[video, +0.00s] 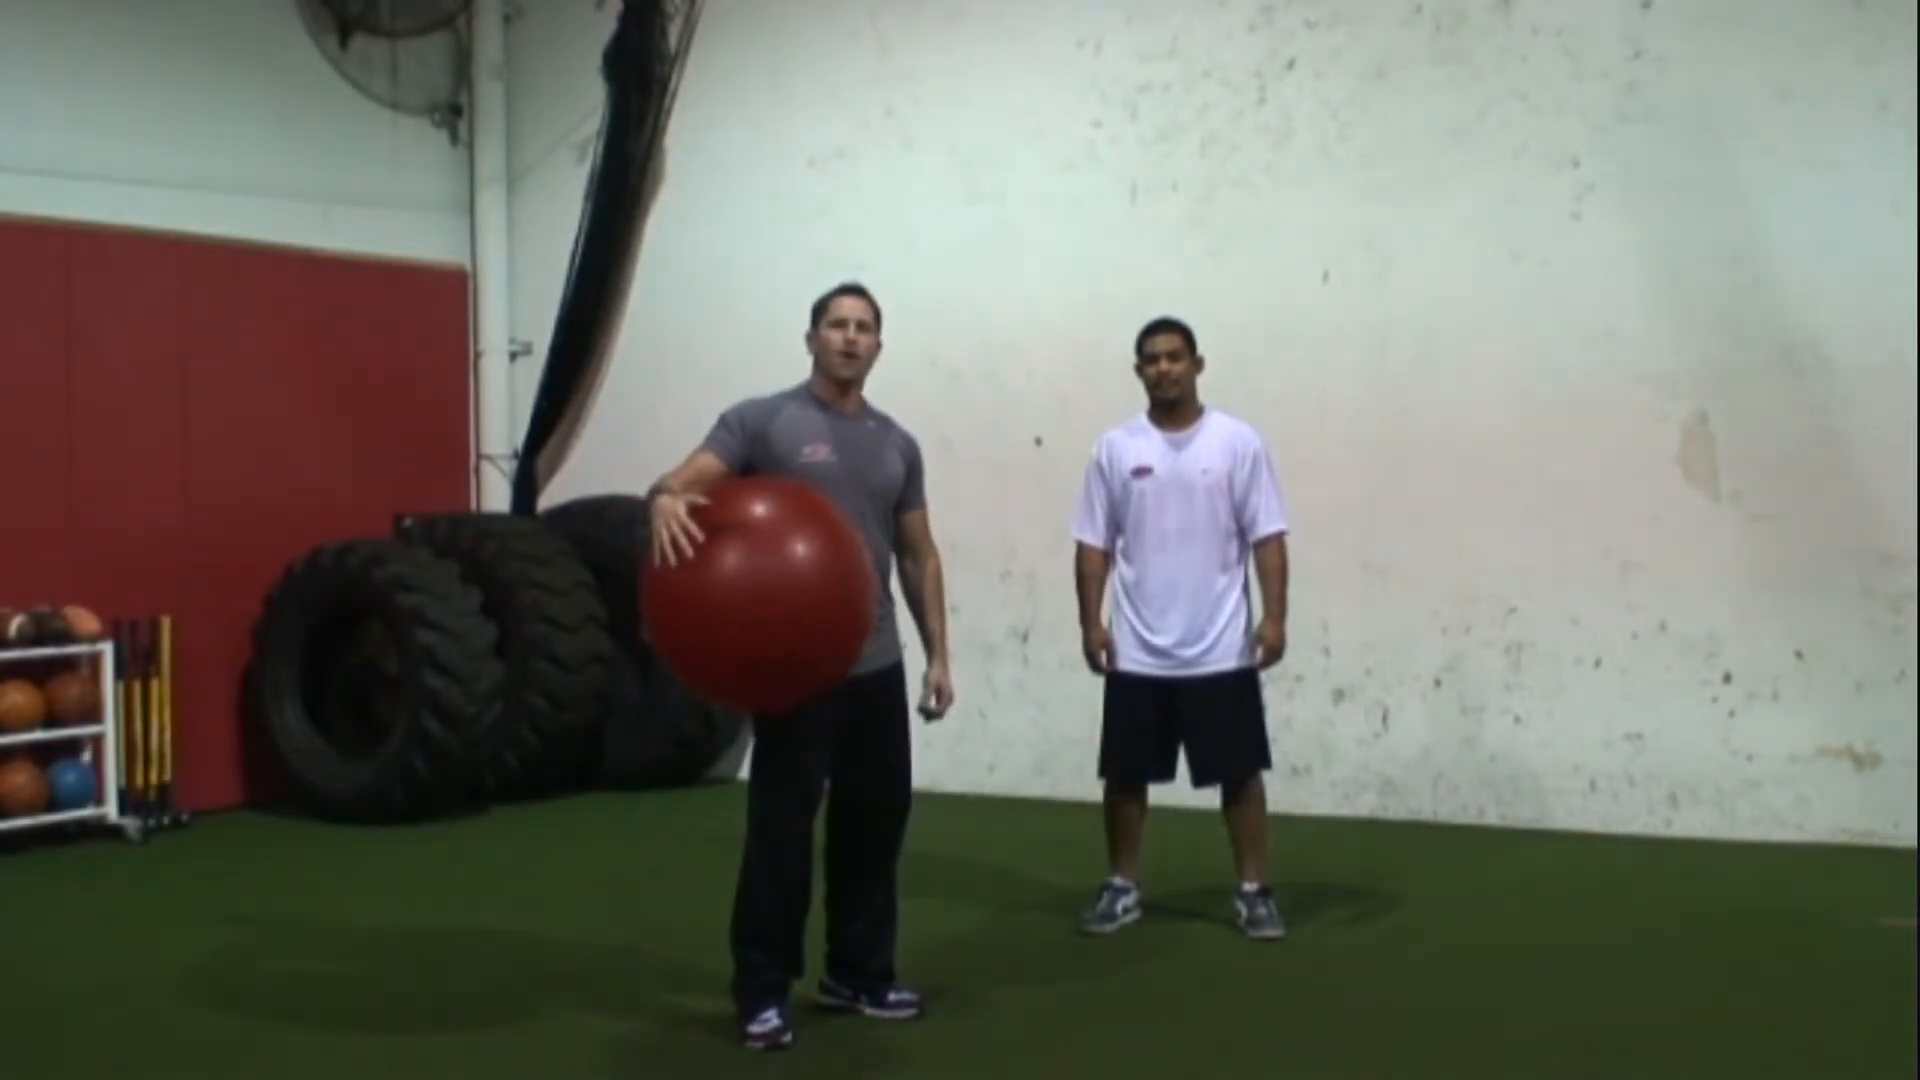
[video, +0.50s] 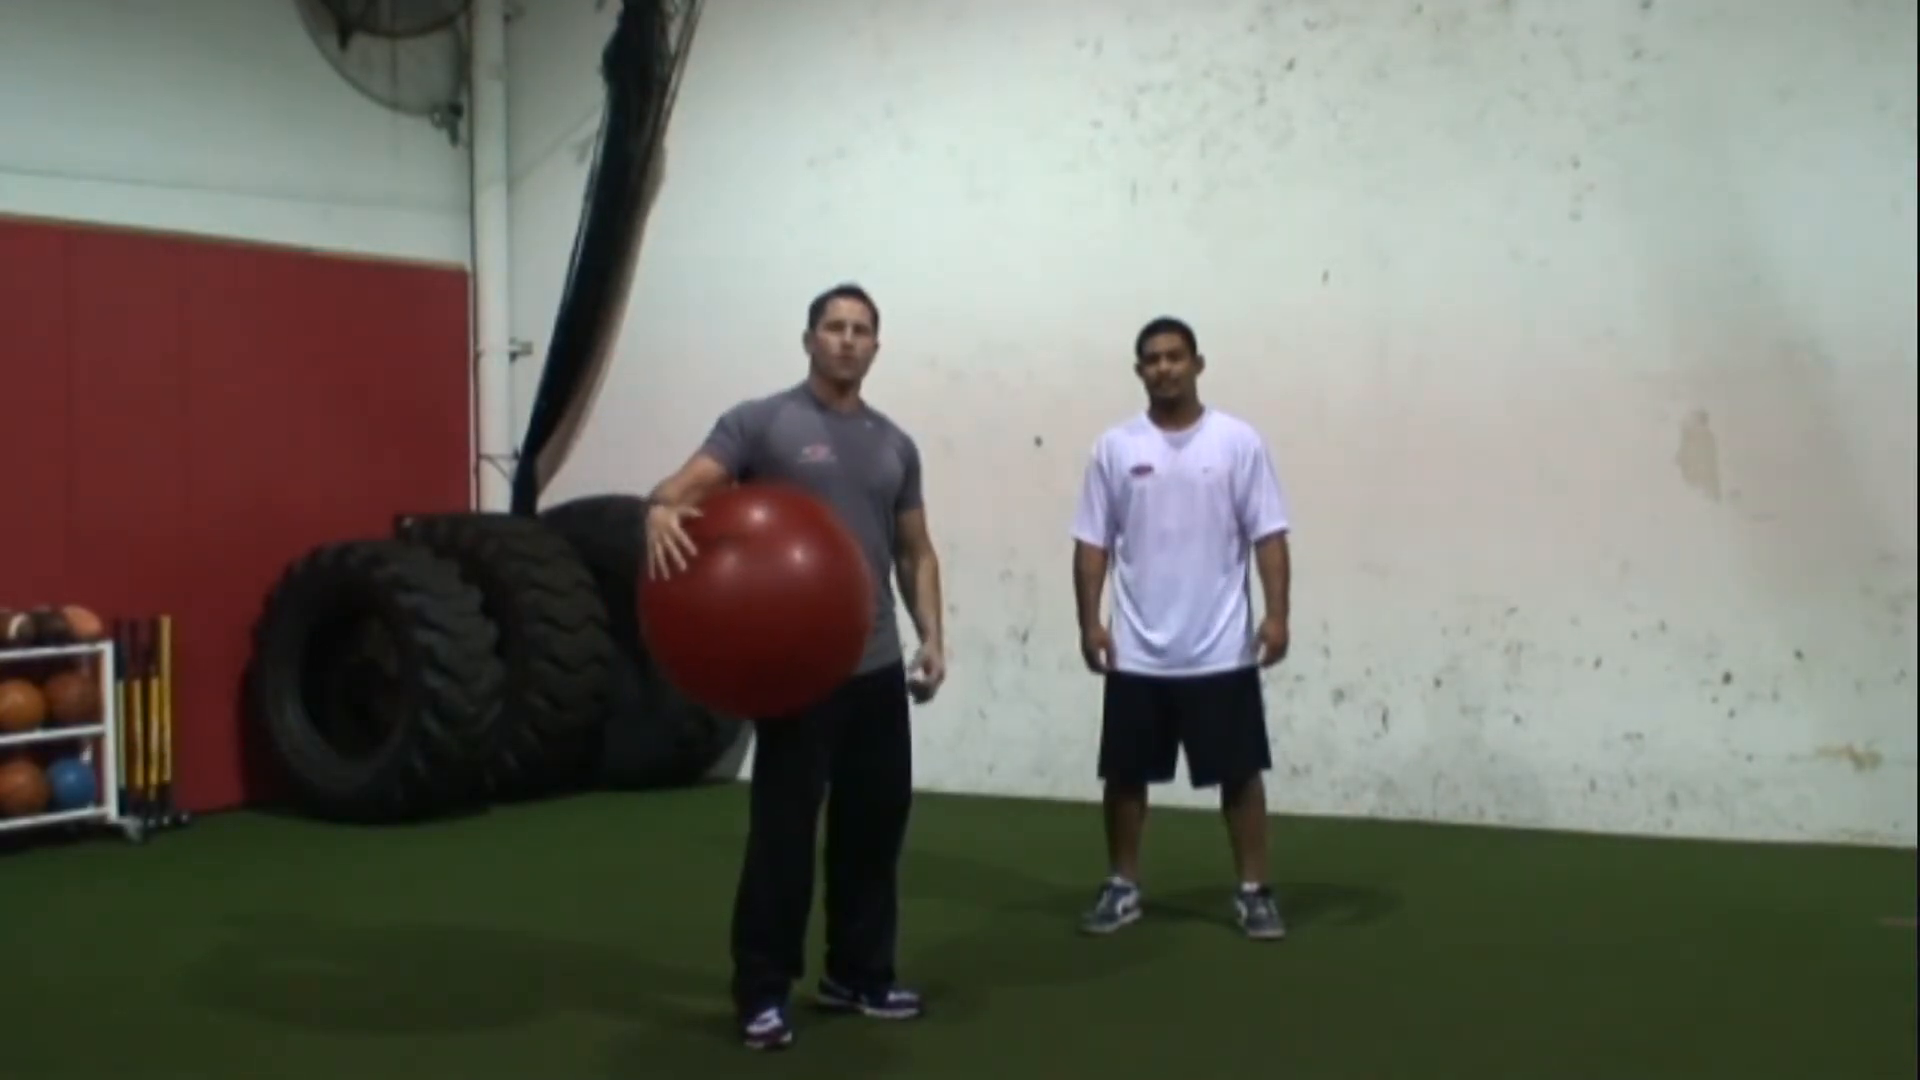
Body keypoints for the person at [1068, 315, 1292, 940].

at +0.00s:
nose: (1163, 368)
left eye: (1174, 357)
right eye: (1152, 360)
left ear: (1197, 365)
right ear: (1138, 372)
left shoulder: (1239, 443)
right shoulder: (1116, 449)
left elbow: (1268, 535)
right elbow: (1094, 541)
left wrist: (1274, 616)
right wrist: (1091, 622)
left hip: (1220, 645)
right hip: (1138, 646)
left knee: (1242, 776)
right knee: (1123, 777)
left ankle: (1254, 889)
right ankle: (1122, 883)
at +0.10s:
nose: (1163, 369)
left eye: (1174, 358)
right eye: (1152, 361)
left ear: (1197, 365)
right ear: (1138, 372)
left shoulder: (1238, 443)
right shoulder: (1116, 449)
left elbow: (1268, 534)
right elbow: (1093, 540)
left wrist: (1276, 615)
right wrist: (1091, 622)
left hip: (1220, 645)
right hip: (1138, 646)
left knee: (1241, 776)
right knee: (1123, 777)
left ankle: (1254, 889)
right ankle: (1122, 883)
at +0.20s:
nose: (1163, 368)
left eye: (1174, 357)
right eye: (1152, 360)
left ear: (1197, 364)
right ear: (1138, 372)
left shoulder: (1238, 442)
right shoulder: (1116, 448)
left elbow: (1269, 534)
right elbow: (1093, 540)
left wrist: (1277, 614)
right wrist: (1091, 622)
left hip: (1220, 644)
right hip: (1138, 645)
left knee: (1241, 776)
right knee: (1123, 777)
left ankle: (1254, 889)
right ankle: (1122, 884)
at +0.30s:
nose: (1163, 367)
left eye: (1174, 357)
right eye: (1152, 360)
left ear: (1198, 365)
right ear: (1138, 372)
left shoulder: (1239, 442)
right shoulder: (1116, 448)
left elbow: (1269, 534)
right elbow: (1093, 540)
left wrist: (1277, 615)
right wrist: (1091, 622)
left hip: (1220, 644)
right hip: (1138, 645)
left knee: (1241, 776)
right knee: (1123, 777)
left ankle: (1254, 889)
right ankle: (1122, 884)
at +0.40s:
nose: (1163, 367)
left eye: (1174, 357)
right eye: (1152, 360)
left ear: (1197, 364)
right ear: (1138, 372)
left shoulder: (1239, 442)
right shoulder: (1116, 448)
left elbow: (1269, 533)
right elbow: (1093, 540)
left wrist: (1277, 614)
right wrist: (1090, 621)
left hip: (1220, 644)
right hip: (1138, 645)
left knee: (1241, 776)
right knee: (1123, 777)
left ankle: (1254, 889)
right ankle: (1122, 884)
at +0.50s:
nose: (1163, 367)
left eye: (1174, 357)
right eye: (1152, 359)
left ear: (1198, 365)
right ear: (1139, 372)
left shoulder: (1239, 442)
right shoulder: (1116, 448)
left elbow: (1269, 533)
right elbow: (1092, 540)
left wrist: (1277, 613)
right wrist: (1090, 621)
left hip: (1220, 644)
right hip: (1138, 645)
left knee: (1242, 776)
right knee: (1123, 777)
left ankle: (1254, 889)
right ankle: (1122, 884)